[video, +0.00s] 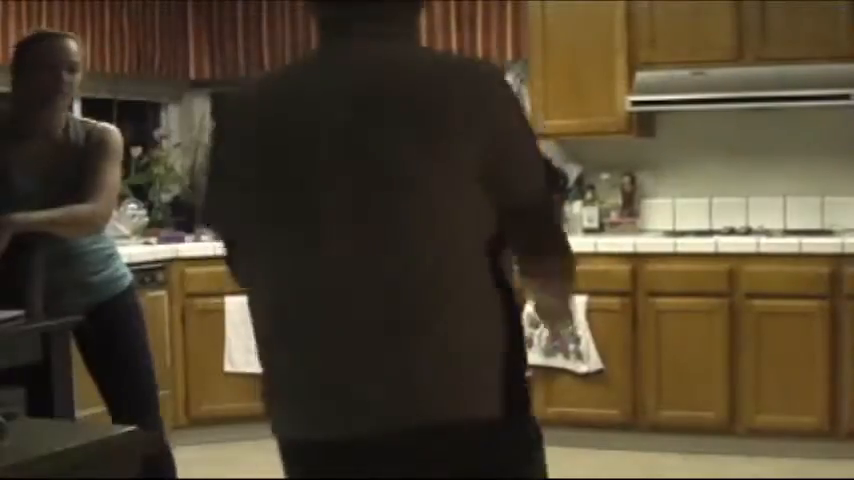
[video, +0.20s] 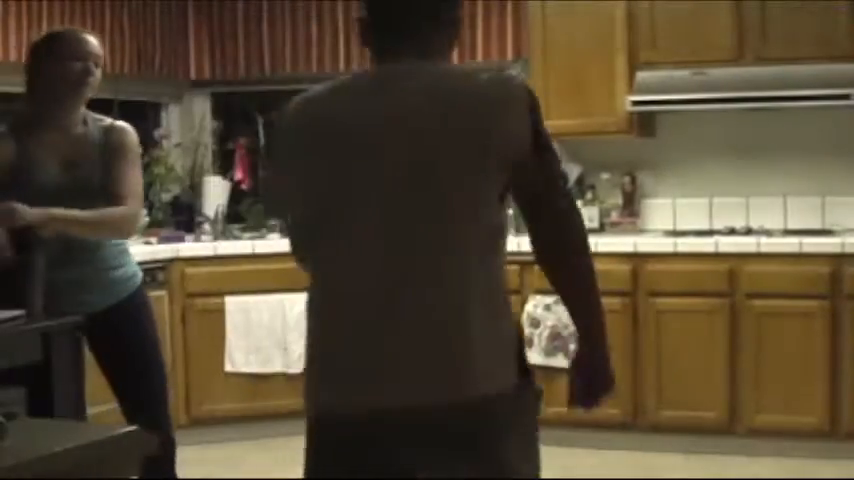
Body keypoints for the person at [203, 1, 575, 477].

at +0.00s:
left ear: (318, 13)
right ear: (415, 10)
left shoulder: (251, 109)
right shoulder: (474, 90)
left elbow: (243, 262)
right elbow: (543, 249)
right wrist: (555, 311)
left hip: (318, 429)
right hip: (465, 417)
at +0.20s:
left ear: (364, 32)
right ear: (454, 30)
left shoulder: (304, 122)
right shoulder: (501, 102)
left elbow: (308, 249)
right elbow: (558, 235)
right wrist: (593, 343)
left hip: (350, 403)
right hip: (479, 399)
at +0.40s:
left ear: (410, 49)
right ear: (492, 45)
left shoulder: (367, 123)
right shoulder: (535, 115)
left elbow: (339, 231)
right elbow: (588, 232)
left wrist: (314, 269)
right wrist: (622, 330)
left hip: (405, 368)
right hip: (512, 365)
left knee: (394, 473)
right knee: (520, 472)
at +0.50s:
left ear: (420, 47)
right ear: (494, 45)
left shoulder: (380, 125)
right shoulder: (542, 118)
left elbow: (350, 227)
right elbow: (585, 221)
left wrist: (305, 268)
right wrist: (612, 293)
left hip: (425, 364)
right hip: (525, 362)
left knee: (407, 473)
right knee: (533, 472)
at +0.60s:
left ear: (426, 46)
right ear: (498, 44)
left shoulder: (387, 123)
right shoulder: (547, 110)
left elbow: (356, 223)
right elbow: (583, 204)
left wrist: (294, 253)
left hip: (430, 351)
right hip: (527, 351)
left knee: (426, 472)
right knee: (524, 472)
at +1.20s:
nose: (545, 74)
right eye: (547, 66)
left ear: (493, 70)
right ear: (548, 67)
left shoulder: (457, 132)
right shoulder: (589, 126)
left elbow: (434, 221)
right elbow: (621, 207)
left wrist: (367, 221)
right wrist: (585, 227)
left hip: (473, 318)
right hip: (551, 318)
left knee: (449, 440)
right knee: (555, 437)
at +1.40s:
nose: (525, 73)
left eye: (526, 66)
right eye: (586, 64)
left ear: (532, 67)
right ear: (585, 65)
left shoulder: (502, 128)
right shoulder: (625, 123)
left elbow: (469, 200)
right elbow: (651, 196)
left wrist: (422, 165)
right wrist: (623, 203)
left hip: (519, 305)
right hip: (594, 304)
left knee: (479, 409)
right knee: (580, 422)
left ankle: (496, 478)